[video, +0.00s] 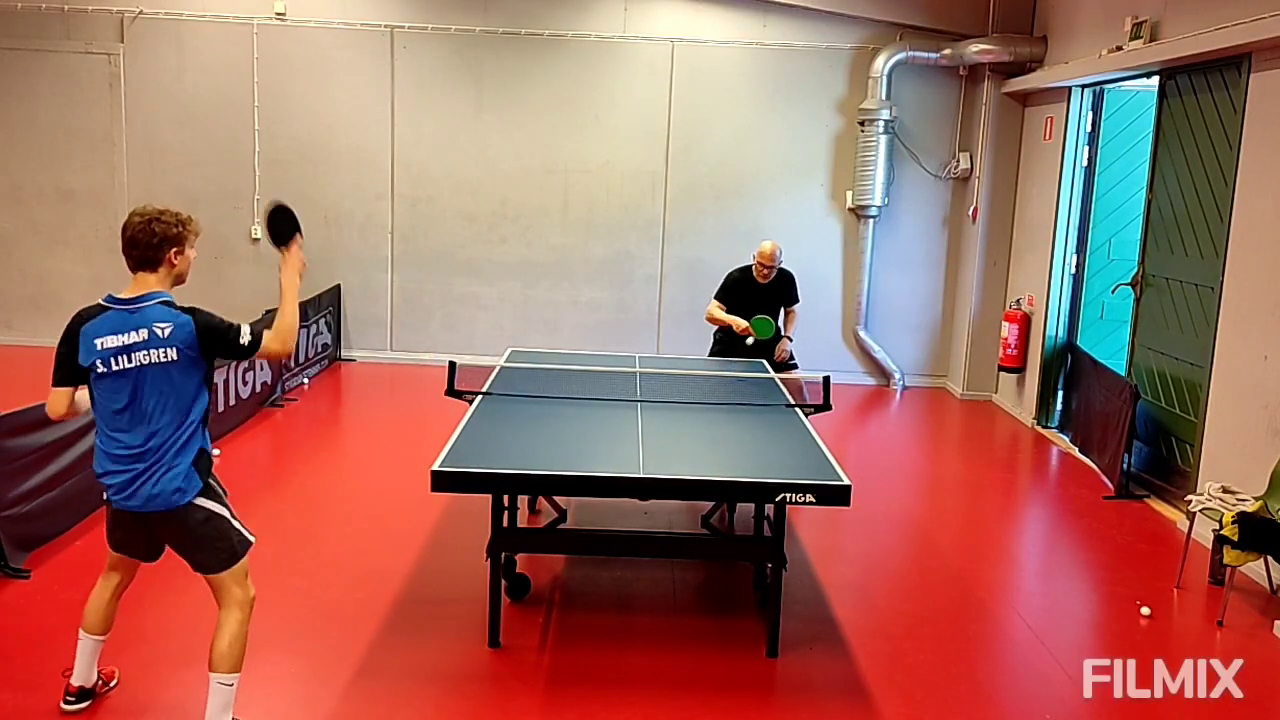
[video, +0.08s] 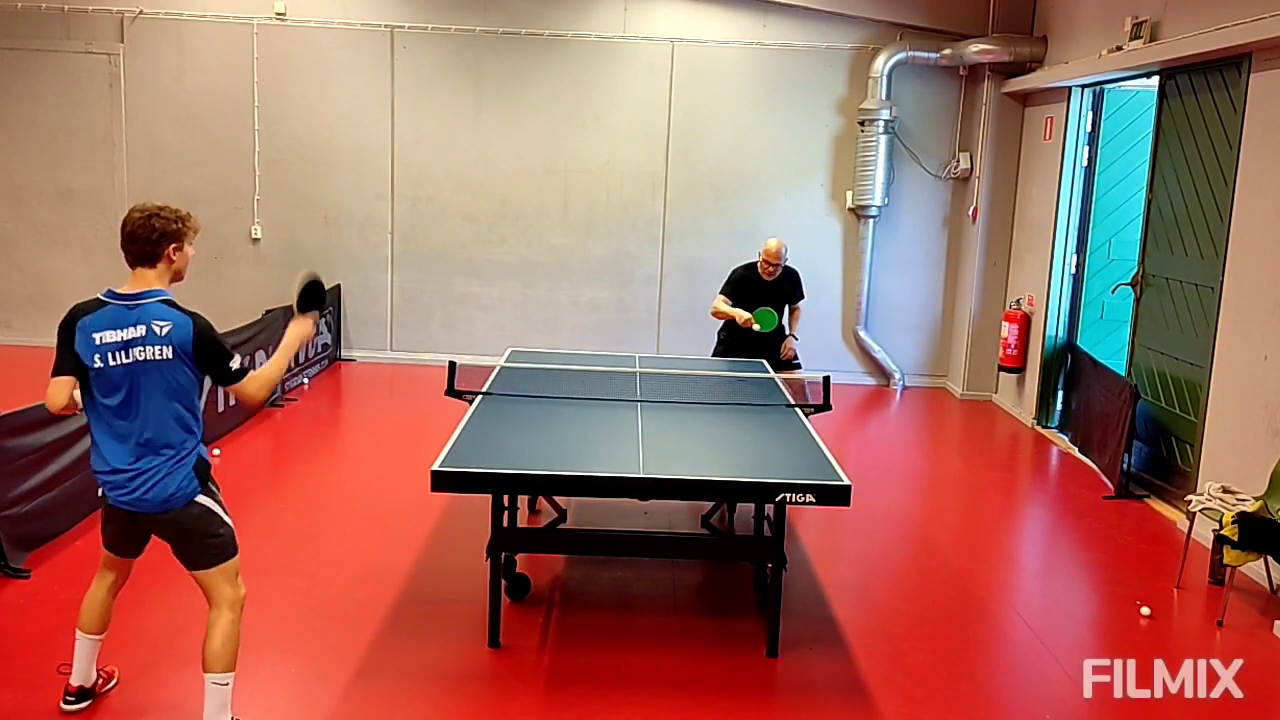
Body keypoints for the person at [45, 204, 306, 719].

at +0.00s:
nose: (193, 258)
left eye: (192, 249)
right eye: (190, 249)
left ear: (134, 257)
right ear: (171, 256)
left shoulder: (86, 324)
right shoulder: (191, 323)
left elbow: (60, 405)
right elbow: (280, 345)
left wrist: (114, 391)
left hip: (123, 492)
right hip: (184, 491)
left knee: (116, 572)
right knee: (238, 597)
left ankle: (80, 683)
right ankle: (219, 714)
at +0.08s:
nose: (191, 256)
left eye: (191, 246)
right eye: (189, 247)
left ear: (129, 254)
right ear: (171, 253)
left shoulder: (81, 320)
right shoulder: (187, 326)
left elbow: (57, 401)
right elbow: (253, 392)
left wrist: (84, 389)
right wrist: (295, 336)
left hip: (119, 491)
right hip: (181, 492)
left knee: (109, 575)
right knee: (227, 598)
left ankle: (79, 684)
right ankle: (218, 714)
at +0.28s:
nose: (212, 257)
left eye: (210, 248)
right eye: (208, 249)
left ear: (155, 253)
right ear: (190, 257)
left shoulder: (99, 304)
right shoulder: (181, 335)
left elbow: (53, 372)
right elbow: (148, 423)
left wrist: (106, 382)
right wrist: (213, 450)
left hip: (103, 479)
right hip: (156, 486)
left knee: (109, 571)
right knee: (213, 597)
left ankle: (80, 683)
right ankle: (216, 715)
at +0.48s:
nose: (252, 284)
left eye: (252, 276)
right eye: (249, 276)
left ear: (197, 274)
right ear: (226, 282)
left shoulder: (156, 310)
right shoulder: (183, 348)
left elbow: (157, 361)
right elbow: (159, 448)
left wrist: (206, 368)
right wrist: (220, 501)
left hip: (109, 482)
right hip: (145, 493)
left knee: (128, 576)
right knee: (230, 595)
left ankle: (81, 683)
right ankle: (243, 716)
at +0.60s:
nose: (298, 314)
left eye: (299, 305)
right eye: (295, 306)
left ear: (246, 299)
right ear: (270, 308)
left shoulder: (209, 327)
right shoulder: (223, 372)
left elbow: (219, 367)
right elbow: (215, 473)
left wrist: (260, 380)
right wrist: (283, 522)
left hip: (127, 484)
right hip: (160, 501)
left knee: (132, 581)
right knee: (247, 609)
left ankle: (82, 682)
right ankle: (266, 714)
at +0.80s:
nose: (376, 349)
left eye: (378, 339)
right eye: (373, 339)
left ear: (329, 330)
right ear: (343, 336)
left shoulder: (273, 347)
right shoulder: (300, 401)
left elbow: (208, 390)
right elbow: (325, 499)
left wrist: (265, 446)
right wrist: (405, 523)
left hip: (165, 493)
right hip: (201, 515)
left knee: (137, 597)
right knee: (297, 617)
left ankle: (92, 688)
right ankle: (278, 713)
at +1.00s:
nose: (396, 320)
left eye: (397, 311)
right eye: (394, 311)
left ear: (344, 301)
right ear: (368, 312)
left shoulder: (277, 324)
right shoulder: (332, 383)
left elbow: (205, 371)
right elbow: (355, 473)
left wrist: (217, 429)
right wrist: (432, 476)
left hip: (185, 483)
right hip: (226, 504)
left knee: (174, 591)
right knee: (301, 614)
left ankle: (113, 697)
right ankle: (279, 716)